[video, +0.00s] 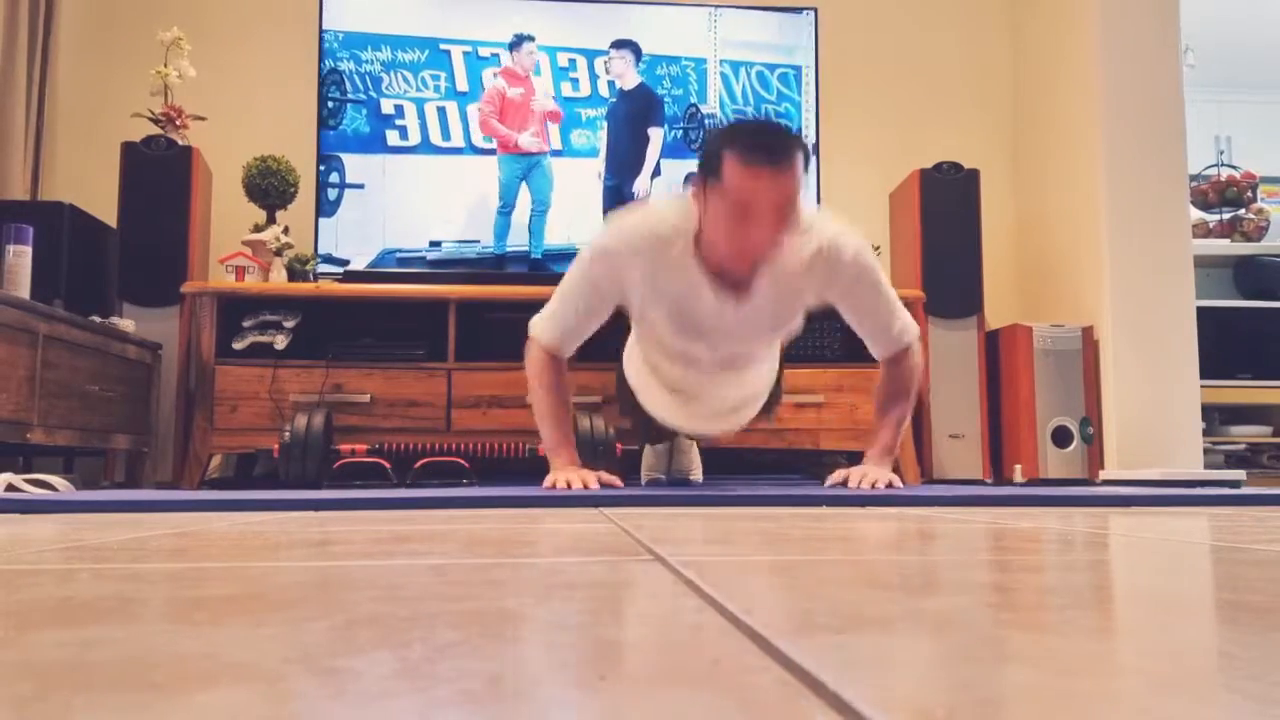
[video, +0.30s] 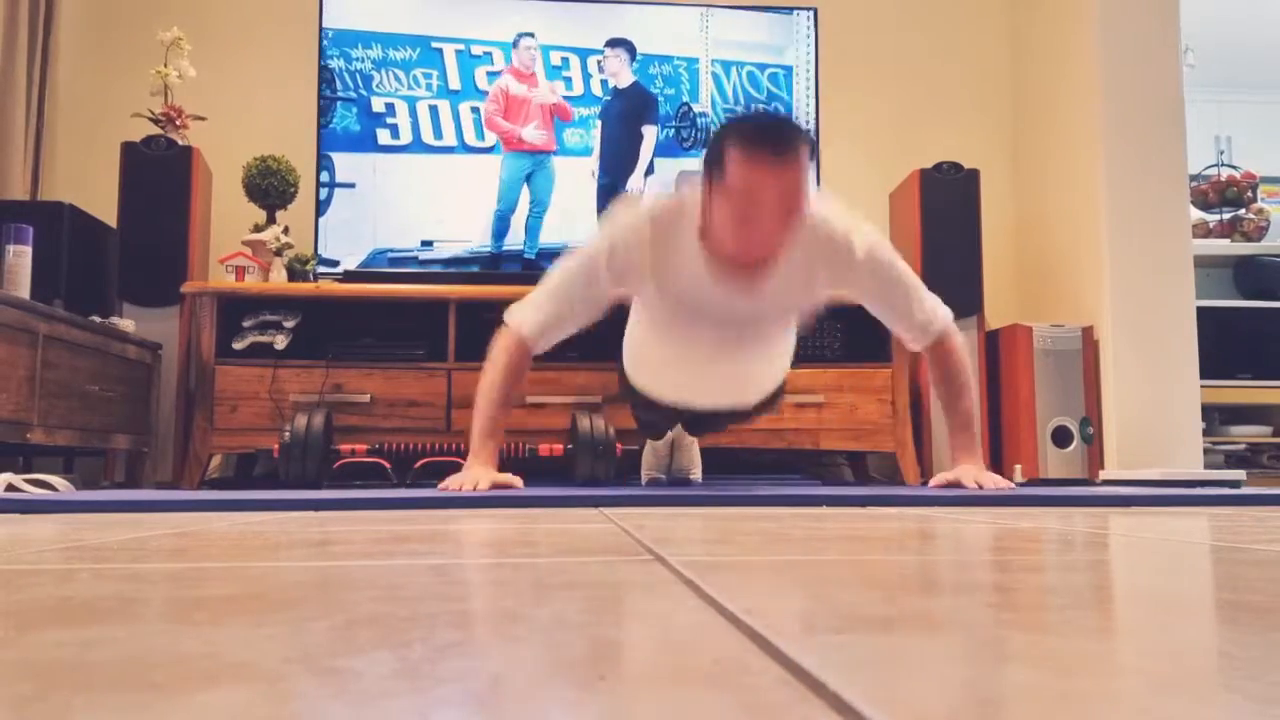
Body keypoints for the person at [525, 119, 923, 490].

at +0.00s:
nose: (757, 237)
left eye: (778, 216)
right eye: (740, 212)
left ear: (796, 209)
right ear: (699, 196)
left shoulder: (830, 250)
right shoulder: (633, 241)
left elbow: (903, 349)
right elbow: (544, 344)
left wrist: (879, 460)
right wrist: (564, 463)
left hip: (744, 396)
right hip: (650, 388)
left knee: (711, 424)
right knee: (648, 426)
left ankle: (684, 444)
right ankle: (656, 446)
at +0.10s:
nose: (753, 116)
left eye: (773, 93)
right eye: (734, 91)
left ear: (789, 86)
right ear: (697, 80)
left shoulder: (816, 160)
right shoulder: (638, 151)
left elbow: (853, 295)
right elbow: (588, 287)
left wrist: (868, 429)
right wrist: (572, 426)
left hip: (751, 322)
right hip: (657, 316)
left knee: (705, 411)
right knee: (655, 408)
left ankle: (684, 437)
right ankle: (657, 440)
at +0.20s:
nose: (757, 110)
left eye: (775, 87)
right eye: (736, 86)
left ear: (793, 75)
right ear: (700, 72)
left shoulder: (821, 152)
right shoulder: (636, 139)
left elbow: (895, 276)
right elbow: (551, 266)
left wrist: (917, 391)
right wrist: (513, 388)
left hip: (748, 338)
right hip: (657, 330)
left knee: (706, 409)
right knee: (656, 411)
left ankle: (687, 437)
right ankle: (656, 442)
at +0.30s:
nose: (761, 225)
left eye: (779, 206)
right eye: (744, 203)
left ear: (805, 199)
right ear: (708, 191)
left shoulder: (839, 241)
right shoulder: (645, 230)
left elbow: (941, 335)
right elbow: (515, 333)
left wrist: (967, 459)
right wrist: (480, 461)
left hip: (751, 387)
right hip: (654, 376)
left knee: (716, 424)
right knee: (656, 420)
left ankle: (684, 447)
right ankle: (657, 456)